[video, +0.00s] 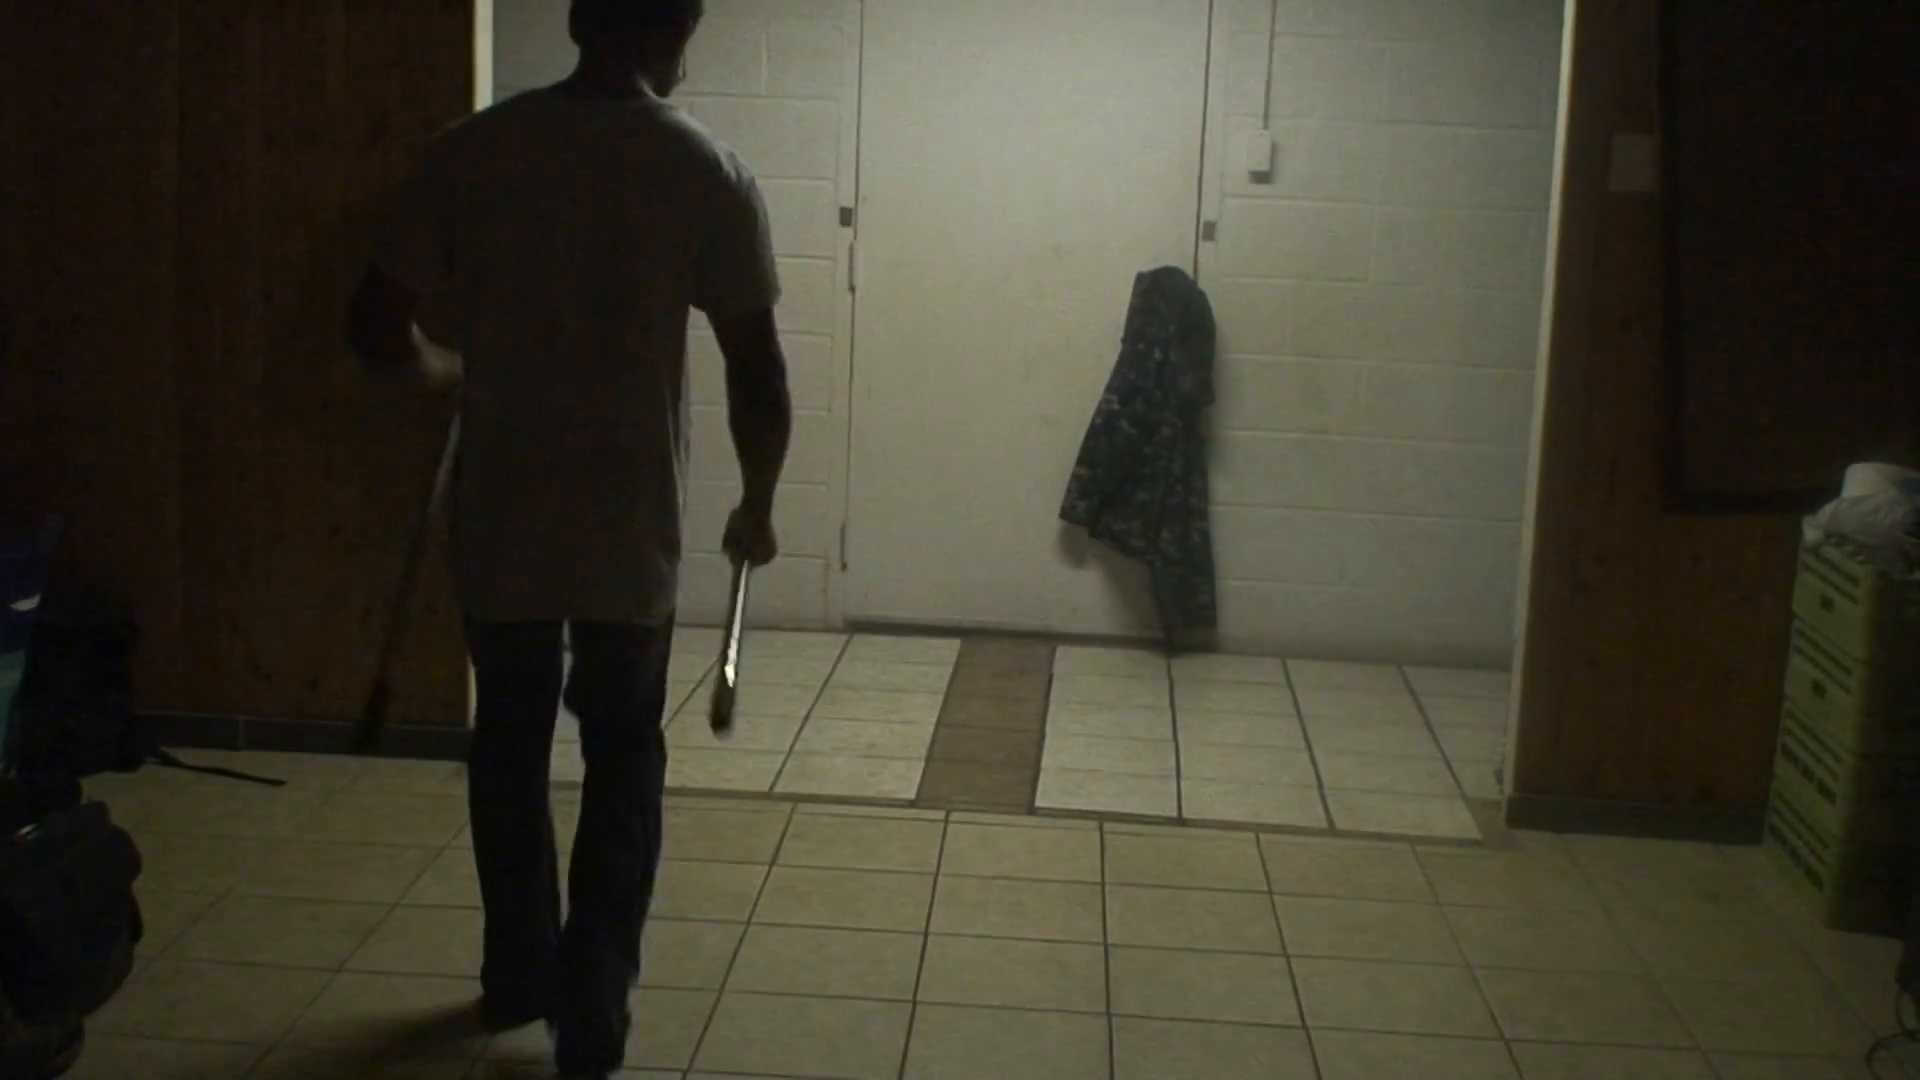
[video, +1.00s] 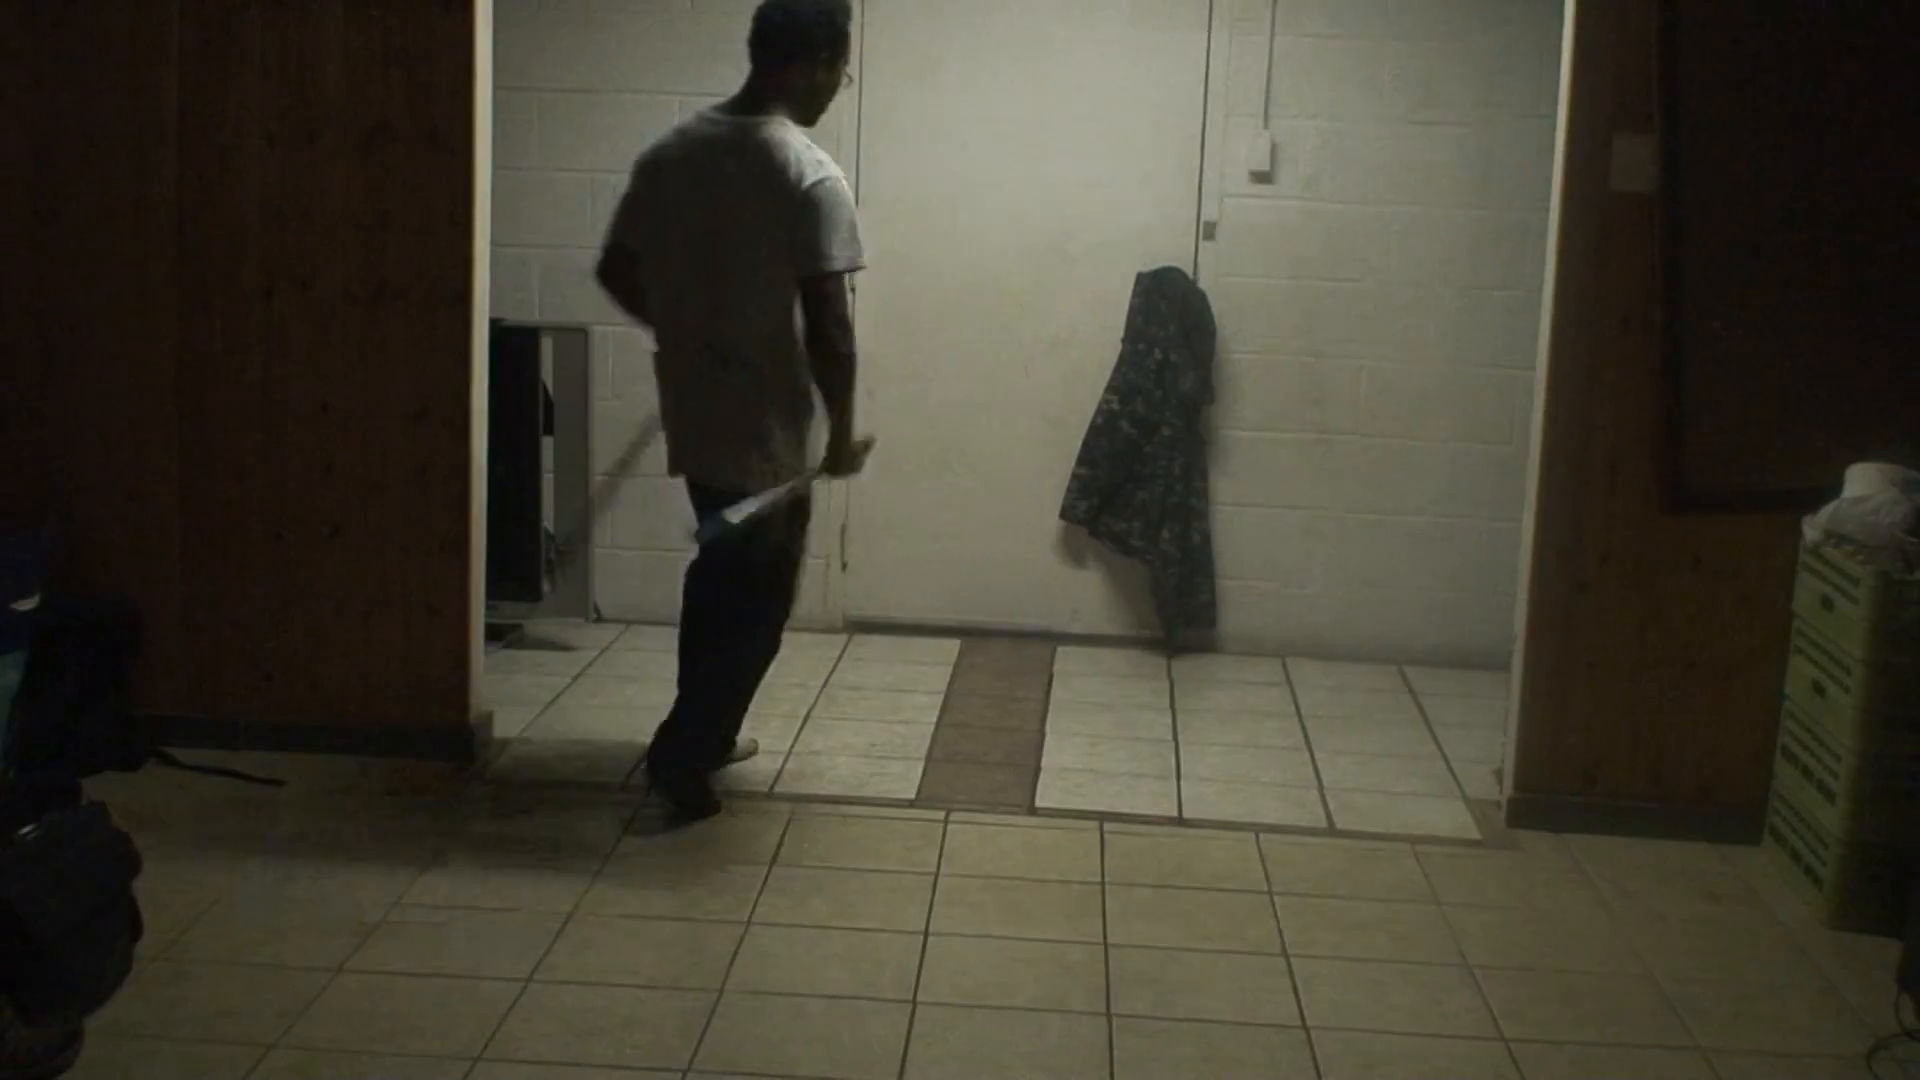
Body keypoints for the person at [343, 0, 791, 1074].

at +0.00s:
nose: (688, 53)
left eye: (685, 35)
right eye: (687, 35)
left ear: (580, 26)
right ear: (668, 38)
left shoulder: (470, 147)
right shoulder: (706, 174)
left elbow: (376, 323)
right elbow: (758, 377)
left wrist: (448, 378)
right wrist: (758, 503)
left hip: (498, 500)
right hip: (627, 511)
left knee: (507, 739)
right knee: (624, 752)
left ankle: (516, 972)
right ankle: (593, 1019)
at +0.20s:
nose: (690, 49)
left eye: (688, 32)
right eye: (690, 33)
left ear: (592, 18)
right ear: (674, 31)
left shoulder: (489, 120)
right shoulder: (695, 145)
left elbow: (413, 263)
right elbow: (730, 332)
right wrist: (729, 480)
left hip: (528, 433)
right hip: (653, 435)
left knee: (537, 683)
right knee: (664, 550)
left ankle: (530, 939)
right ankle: (609, 762)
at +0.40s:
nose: (723, 74)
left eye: (720, 54)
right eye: (721, 55)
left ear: (629, 43)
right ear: (699, 55)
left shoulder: (529, 153)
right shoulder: (712, 174)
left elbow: (438, 260)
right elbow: (731, 341)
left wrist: (506, 292)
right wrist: (731, 475)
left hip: (548, 451)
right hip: (666, 453)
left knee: (558, 657)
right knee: (673, 641)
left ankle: (549, 899)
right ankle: (636, 839)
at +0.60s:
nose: (773, 73)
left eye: (773, 55)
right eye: (772, 56)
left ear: (686, 40)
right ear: (750, 55)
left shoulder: (580, 153)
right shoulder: (749, 170)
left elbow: (516, 298)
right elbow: (788, 327)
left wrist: (515, 405)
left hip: (594, 431)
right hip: (696, 445)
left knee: (633, 551)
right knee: (693, 642)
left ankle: (592, 732)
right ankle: (633, 849)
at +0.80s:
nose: (808, 56)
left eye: (809, 39)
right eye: (806, 40)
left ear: (724, 28)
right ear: (784, 40)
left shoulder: (619, 131)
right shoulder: (785, 149)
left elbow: (550, 256)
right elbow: (834, 294)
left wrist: (534, 376)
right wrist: (872, 191)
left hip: (643, 395)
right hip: (734, 407)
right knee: (714, 599)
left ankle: (670, 744)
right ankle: (673, 786)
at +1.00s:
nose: (839, 87)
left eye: (841, 71)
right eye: (840, 70)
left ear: (760, 54)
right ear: (818, 67)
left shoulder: (672, 150)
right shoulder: (809, 174)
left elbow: (617, 269)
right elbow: (828, 323)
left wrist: (686, 326)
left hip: (691, 415)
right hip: (767, 424)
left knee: (720, 574)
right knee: (754, 603)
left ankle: (706, 729)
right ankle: (679, 773)